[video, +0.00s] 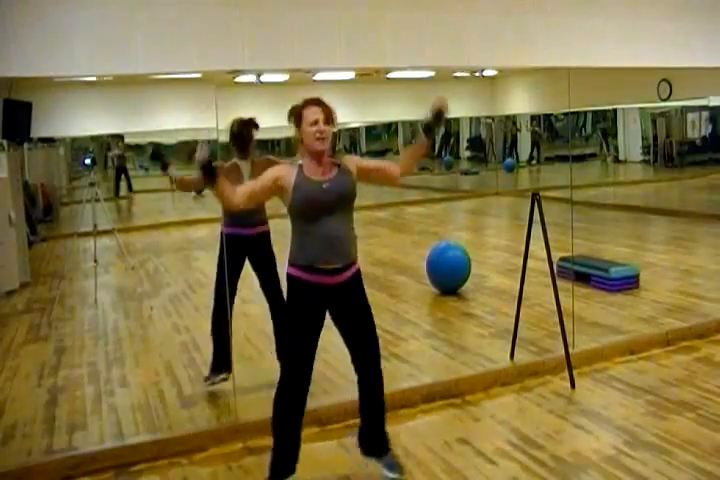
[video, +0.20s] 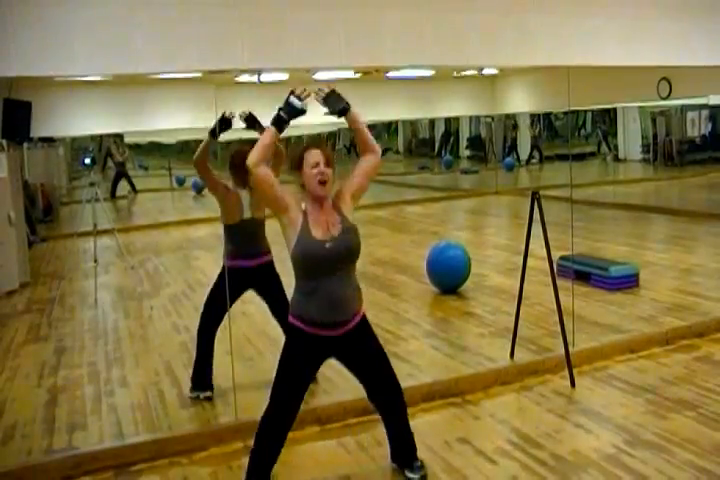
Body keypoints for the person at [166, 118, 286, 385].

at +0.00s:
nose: (247, 143)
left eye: (240, 138)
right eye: (250, 138)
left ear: (231, 142)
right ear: (253, 141)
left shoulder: (223, 171)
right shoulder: (268, 165)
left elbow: (191, 184)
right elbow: (296, 170)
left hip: (232, 238)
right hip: (259, 237)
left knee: (223, 300)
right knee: (276, 297)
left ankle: (221, 365)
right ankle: (289, 357)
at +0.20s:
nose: (236, 168)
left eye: (234, 165)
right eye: (245, 163)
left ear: (231, 170)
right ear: (255, 169)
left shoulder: (226, 194)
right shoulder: (264, 191)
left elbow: (200, 163)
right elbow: (280, 155)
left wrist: (213, 135)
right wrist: (260, 128)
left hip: (235, 271)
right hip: (264, 268)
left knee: (208, 325)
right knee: (287, 319)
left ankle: (202, 385)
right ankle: (308, 370)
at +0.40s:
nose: (246, 144)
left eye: (237, 139)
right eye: (249, 139)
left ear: (230, 144)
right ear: (252, 142)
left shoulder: (222, 171)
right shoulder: (267, 167)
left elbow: (192, 181)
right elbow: (293, 182)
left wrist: (172, 174)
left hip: (233, 239)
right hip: (259, 237)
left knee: (222, 302)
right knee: (274, 297)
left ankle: (218, 369)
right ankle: (293, 357)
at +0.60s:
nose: (239, 162)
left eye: (233, 158)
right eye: (245, 157)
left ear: (230, 160)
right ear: (251, 159)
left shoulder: (226, 193)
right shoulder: (264, 189)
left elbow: (223, 235)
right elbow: (273, 226)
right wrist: (277, 254)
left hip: (235, 259)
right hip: (261, 257)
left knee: (234, 316)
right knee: (259, 312)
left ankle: (245, 373)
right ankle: (265, 370)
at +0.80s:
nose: (240, 139)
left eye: (235, 134)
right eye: (246, 134)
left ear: (231, 138)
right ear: (254, 137)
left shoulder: (223, 170)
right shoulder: (268, 166)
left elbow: (201, 201)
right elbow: (282, 197)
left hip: (232, 241)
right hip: (261, 240)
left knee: (229, 302)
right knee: (268, 298)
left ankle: (233, 365)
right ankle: (274, 358)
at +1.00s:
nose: (238, 152)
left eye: (237, 147)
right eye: (241, 147)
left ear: (233, 152)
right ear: (255, 153)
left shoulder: (226, 179)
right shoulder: (267, 175)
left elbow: (193, 160)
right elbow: (289, 146)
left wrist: (196, 127)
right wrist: (279, 115)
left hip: (236, 257)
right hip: (264, 255)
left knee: (215, 316)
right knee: (285, 310)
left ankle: (207, 380)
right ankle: (304, 368)